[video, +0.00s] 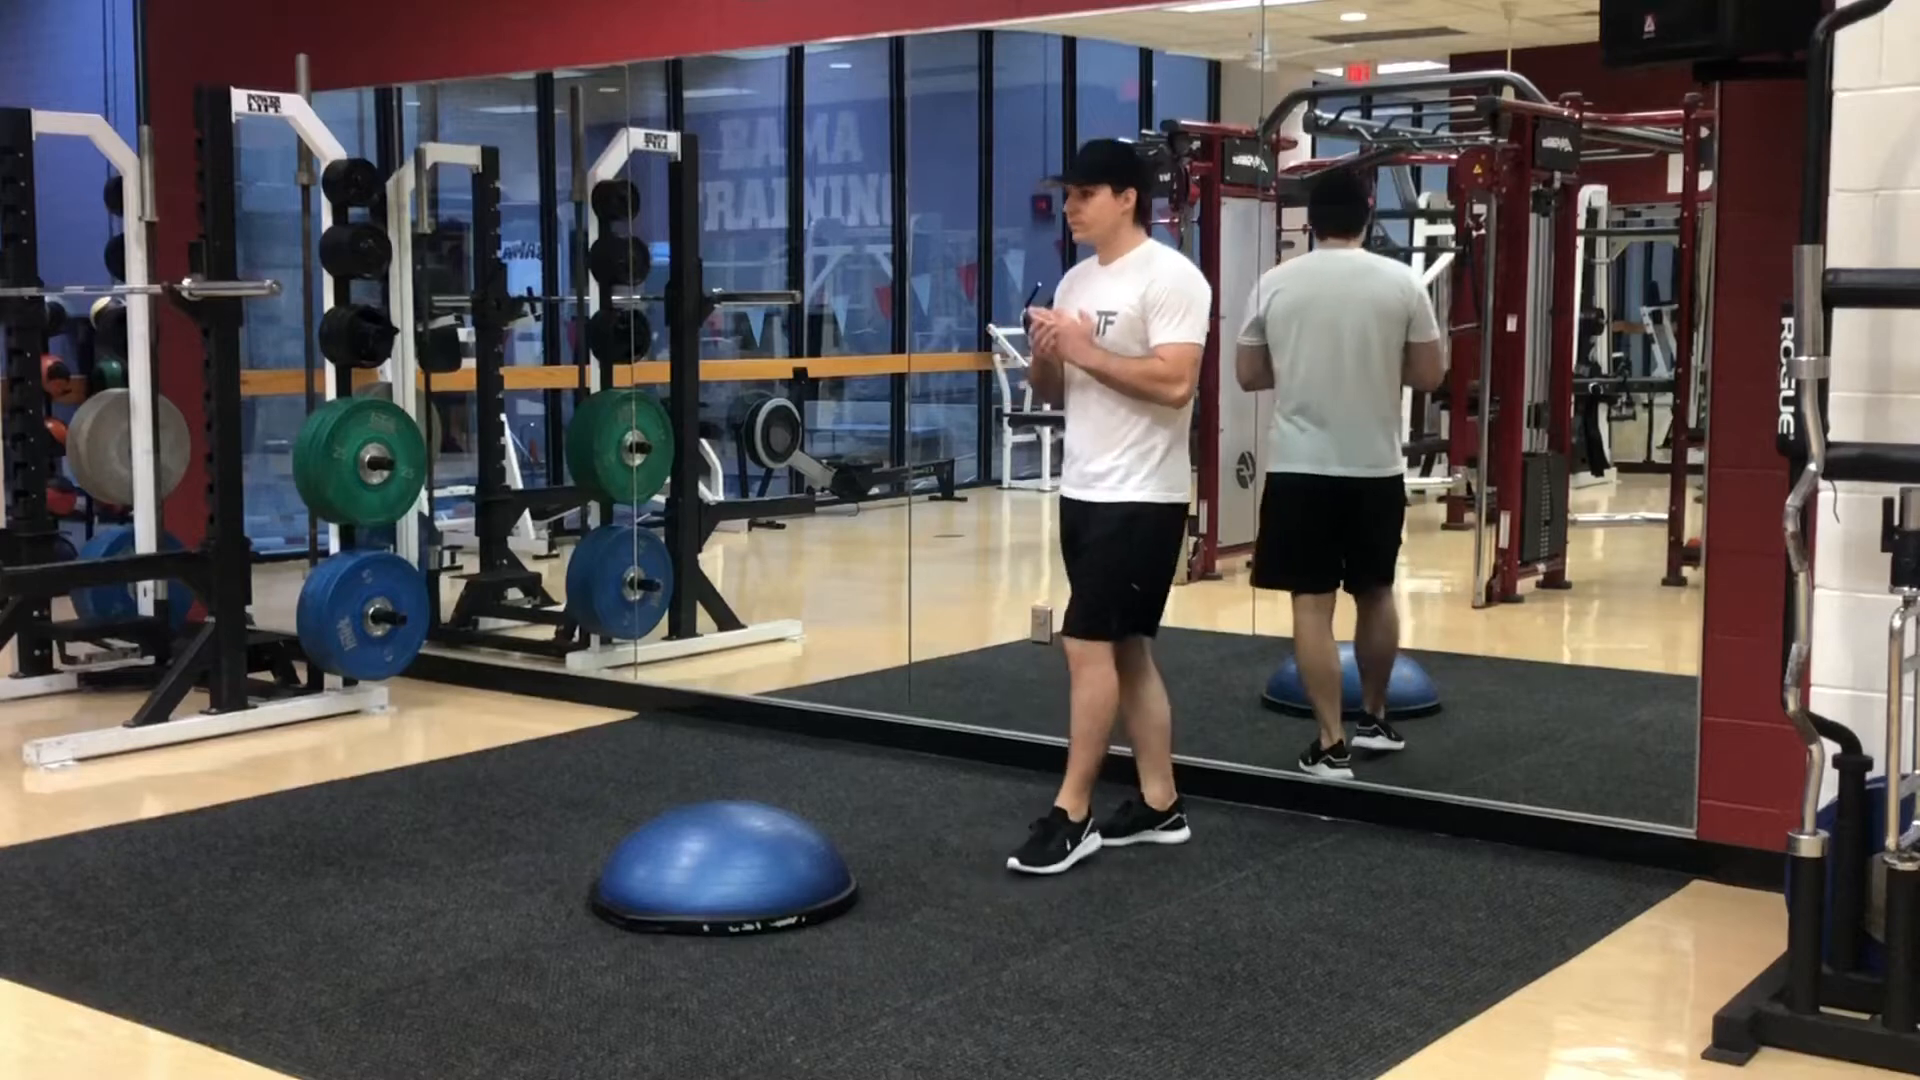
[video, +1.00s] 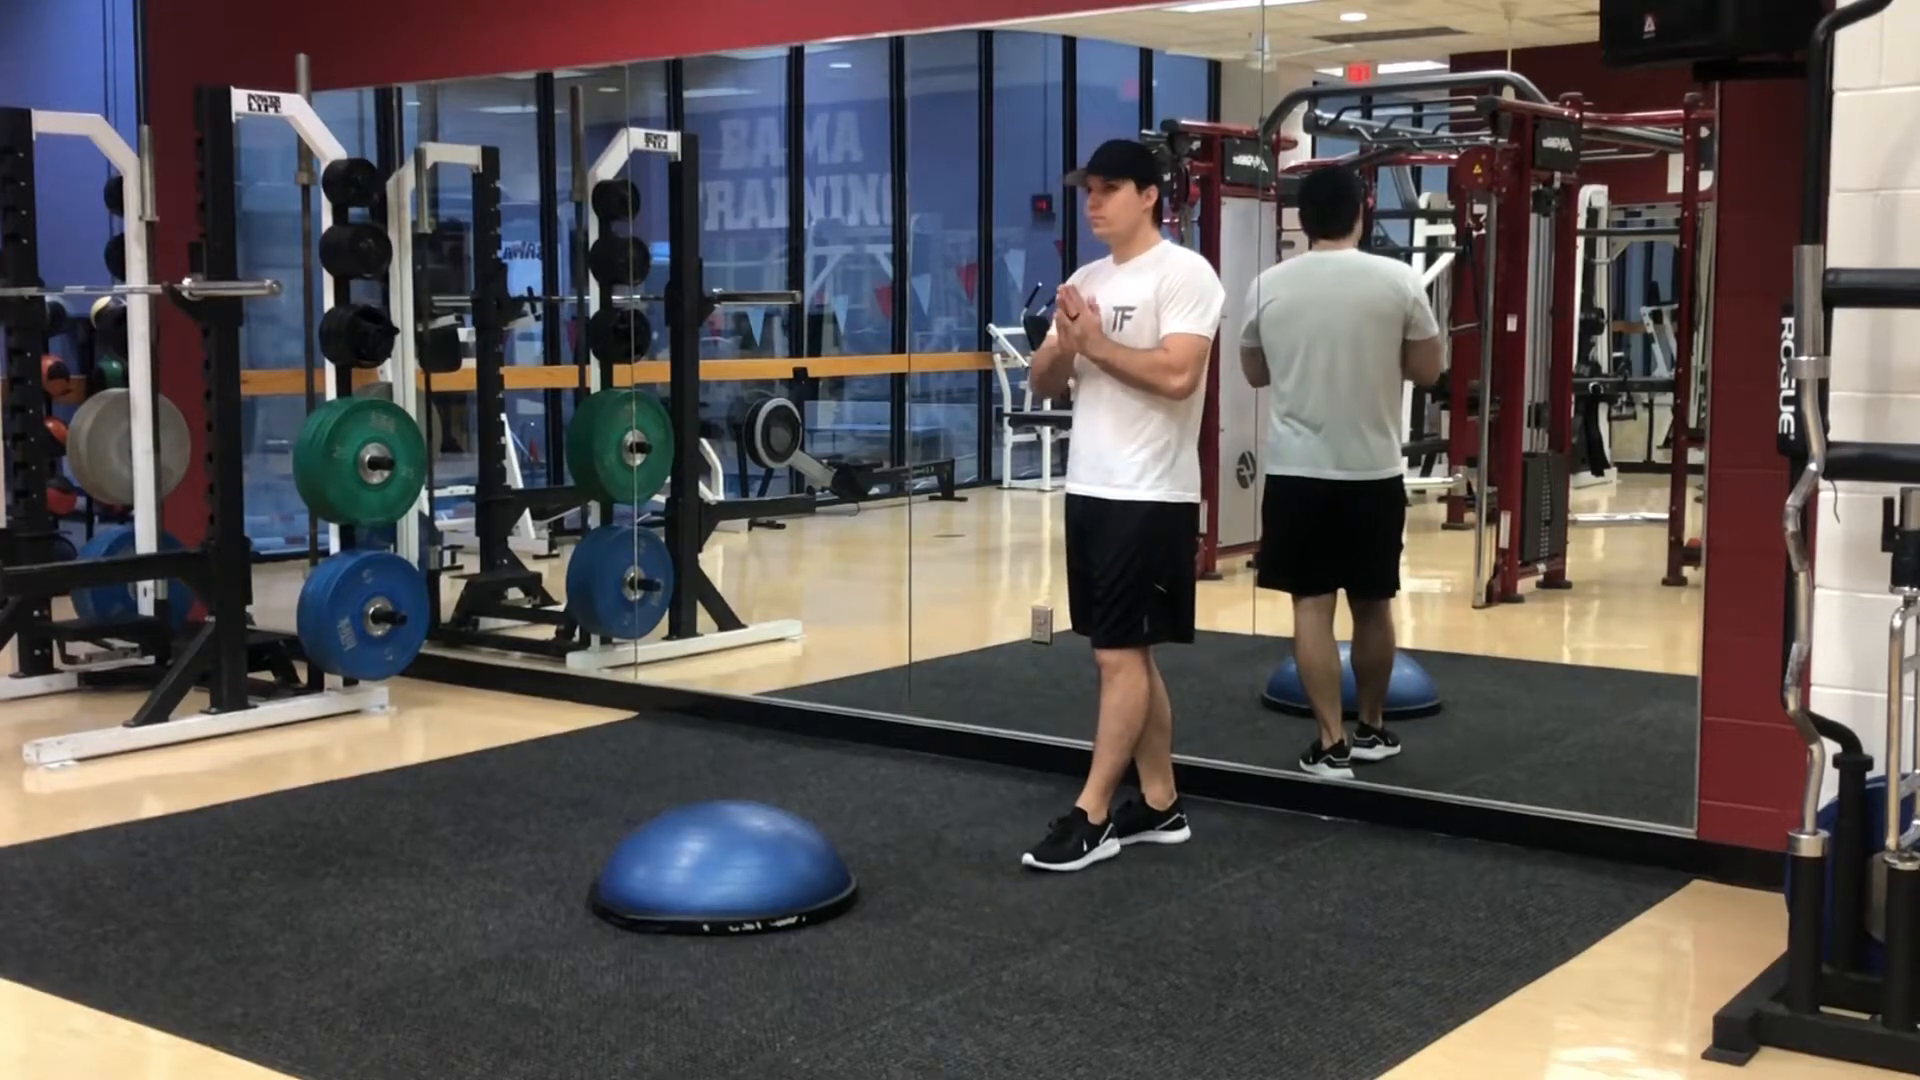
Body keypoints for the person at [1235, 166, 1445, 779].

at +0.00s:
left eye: (1322, 218)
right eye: (1357, 217)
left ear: (1311, 222)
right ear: (1367, 221)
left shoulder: (1277, 282)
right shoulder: (1402, 282)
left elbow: (1250, 374)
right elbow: (1428, 373)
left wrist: (1309, 361)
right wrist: (1375, 358)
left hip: (1300, 472)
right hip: (1375, 471)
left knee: (1312, 604)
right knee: (1376, 592)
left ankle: (1331, 745)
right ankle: (1375, 721)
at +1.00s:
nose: (1362, 218)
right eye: (1363, 210)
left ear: (1302, 221)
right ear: (1363, 215)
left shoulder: (1271, 284)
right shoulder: (1398, 280)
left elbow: (1256, 371)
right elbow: (1427, 369)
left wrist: (1311, 340)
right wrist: (1373, 341)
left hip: (1296, 475)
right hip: (1374, 475)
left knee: (1312, 607)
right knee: (1373, 604)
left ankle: (1332, 744)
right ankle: (1371, 728)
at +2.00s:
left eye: (1314, 227)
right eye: (1369, 226)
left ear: (1313, 227)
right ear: (1370, 225)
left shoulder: (1275, 289)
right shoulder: (1405, 282)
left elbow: (1238, 391)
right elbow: (1441, 374)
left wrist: (1205, 465)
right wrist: (1478, 455)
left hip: (1302, 478)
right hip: (1382, 478)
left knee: (1314, 606)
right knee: (1378, 598)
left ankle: (1331, 744)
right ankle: (1371, 725)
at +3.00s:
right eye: (1417, 237)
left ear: (1366, 234)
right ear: (1420, 238)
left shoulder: (1324, 279)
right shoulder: (1446, 284)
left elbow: (1282, 370)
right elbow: (1475, 380)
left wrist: (1280, 437)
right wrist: (1483, 449)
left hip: (1329, 462)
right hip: (1403, 469)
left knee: (1329, 586)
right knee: (1388, 595)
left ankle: (1323, 719)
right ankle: (1369, 722)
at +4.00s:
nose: (1429, 245)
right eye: (1433, 237)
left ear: (1377, 231)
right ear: (1431, 235)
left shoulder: (1335, 276)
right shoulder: (1452, 282)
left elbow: (1294, 366)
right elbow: (1476, 380)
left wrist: (1285, 437)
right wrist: (1486, 453)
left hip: (1332, 460)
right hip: (1406, 468)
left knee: (1331, 572)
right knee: (1390, 594)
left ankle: (1317, 700)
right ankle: (1370, 722)